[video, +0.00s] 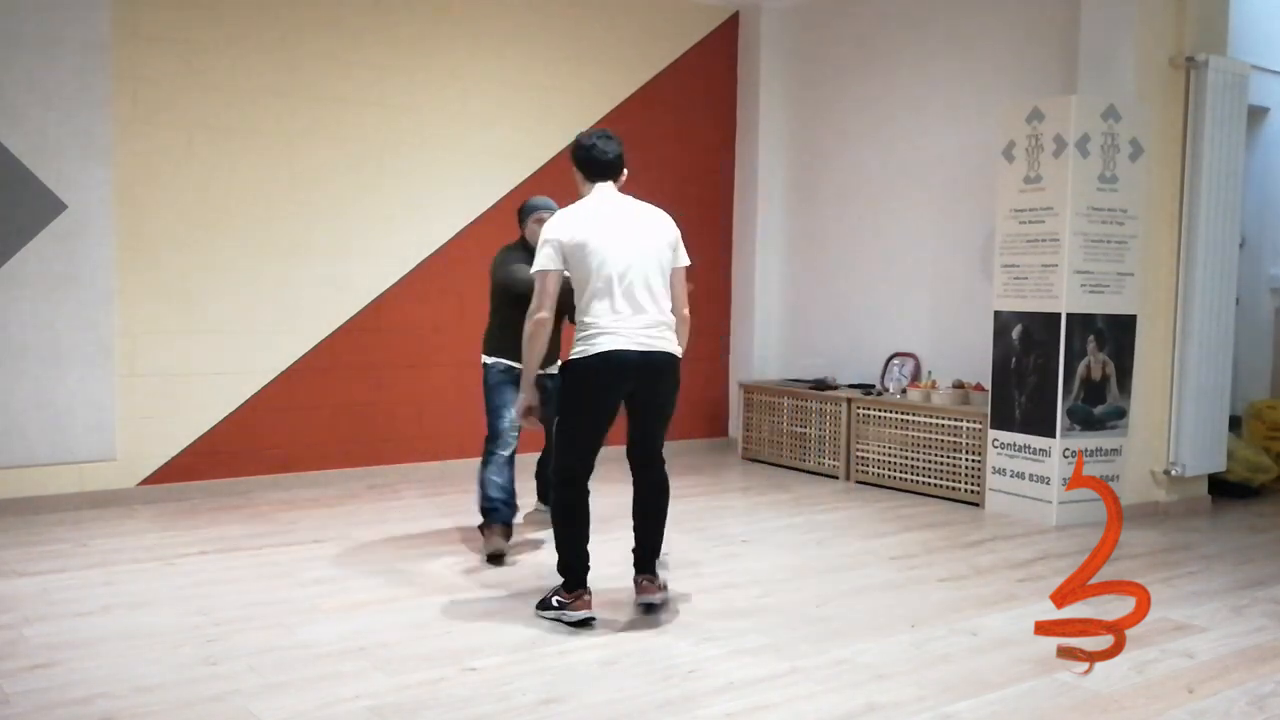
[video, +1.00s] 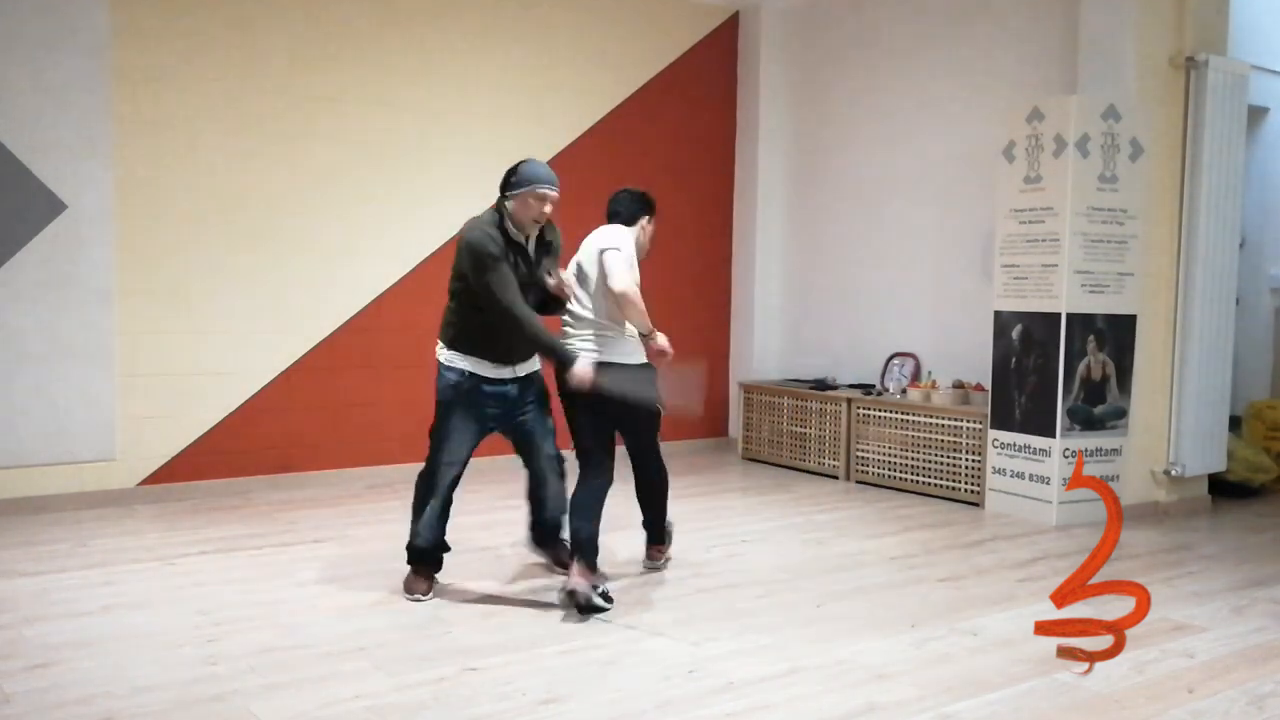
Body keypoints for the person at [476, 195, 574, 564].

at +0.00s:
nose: (546, 229)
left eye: (551, 223)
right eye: (539, 223)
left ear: (558, 227)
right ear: (523, 226)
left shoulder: (560, 263)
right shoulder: (508, 260)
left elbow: (574, 309)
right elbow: (531, 283)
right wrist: (568, 280)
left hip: (547, 364)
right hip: (505, 363)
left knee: (560, 432)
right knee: (503, 439)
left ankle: (550, 491)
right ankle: (496, 524)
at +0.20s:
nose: (520, 221)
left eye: (526, 213)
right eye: (511, 215)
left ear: (534, 218)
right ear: (496, 223)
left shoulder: (553, 255)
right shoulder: (485, 264)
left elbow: (579, 296)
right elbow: (460, 291)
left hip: (554, 362)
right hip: (508, 364)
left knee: (568, 430)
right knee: (505, 441)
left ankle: (552, 487)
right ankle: (499, 530)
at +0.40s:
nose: (511, 205)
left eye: (517, 197)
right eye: (502, 199)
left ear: (527, 202)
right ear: (487, 207)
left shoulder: (553, 246)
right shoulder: (478, 259)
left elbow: (579, 302)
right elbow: (447, 311)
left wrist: (553, 330)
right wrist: (389, 299)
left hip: (551, 370)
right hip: (500, 369)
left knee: (557, 450)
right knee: (494, 443)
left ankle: (567, 517)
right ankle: (500, 534)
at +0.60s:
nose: (524, 196)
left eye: (530, 187)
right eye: (514, 188)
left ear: (540, 192)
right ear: (499, 196)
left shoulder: (567, 238)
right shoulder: (480, 241)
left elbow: (589, 297)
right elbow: (422, 245)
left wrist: (556, 314)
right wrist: (426, 190)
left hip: (553, 367)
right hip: (498, 368)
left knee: (563, 453)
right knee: (492, 453)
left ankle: (567, 543)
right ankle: (502, 533)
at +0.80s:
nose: (546, 188)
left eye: (547, 179)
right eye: (536, 181)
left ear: (555, 183)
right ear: (516, 189)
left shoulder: (569, 231)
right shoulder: (489, 217)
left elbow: (551, 280)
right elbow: (485, 243)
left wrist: (516, 232)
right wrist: (514, 213)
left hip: (544, 374)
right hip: (487, 368)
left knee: (567, 463)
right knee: (466, 446)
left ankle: (572, 547)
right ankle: (466, 542)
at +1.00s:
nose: (547, 210)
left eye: (552, 202)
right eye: (539, 200)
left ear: (552, 204)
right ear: (512, 197)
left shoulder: (547, 238)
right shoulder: (480, 238)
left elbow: (540, 302)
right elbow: (515, 311)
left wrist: (555, 294)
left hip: (523, 378)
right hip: (467, 377)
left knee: (548, 463)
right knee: (443, 472)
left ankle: (549, 538)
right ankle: (423, 564)